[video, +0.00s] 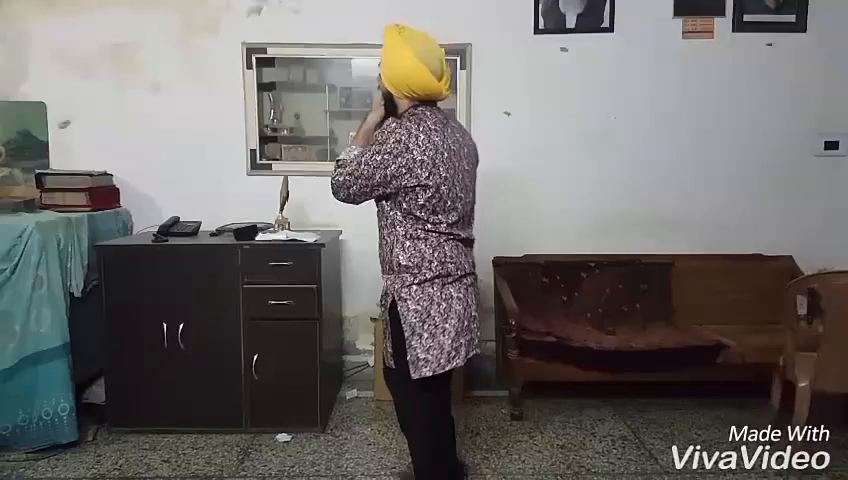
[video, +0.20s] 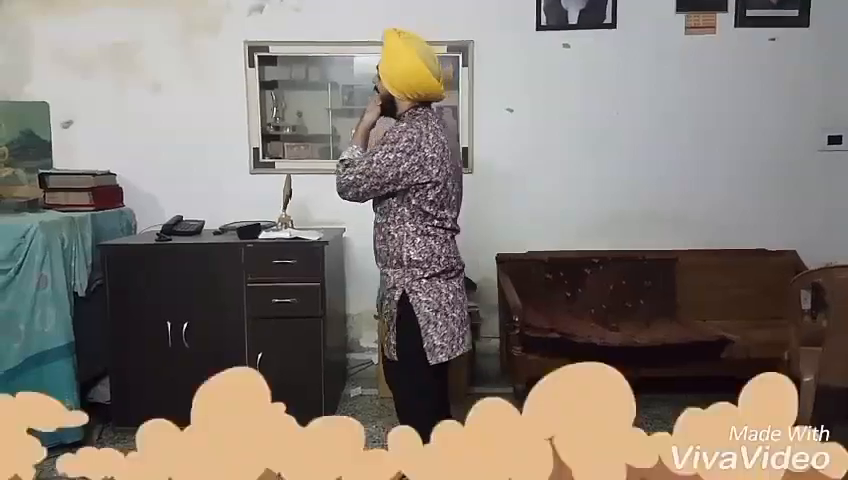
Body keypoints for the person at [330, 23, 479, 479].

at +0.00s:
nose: (381, 80)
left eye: (383, 74)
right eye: (385, 72)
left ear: (392, 85)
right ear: (435, 80)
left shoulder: (405, 140)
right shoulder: (459, 135)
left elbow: (345, 185)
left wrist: (362, 134)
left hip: (416, 293)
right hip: (456, 285)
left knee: (415, 405)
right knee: (434, 397)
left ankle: (434, 472)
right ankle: (444, 465)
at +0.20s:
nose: (376, 82)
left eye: (380, 74)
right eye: (379, 74)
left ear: (393, 83)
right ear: (419, 80)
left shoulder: (417, 137)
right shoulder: (431, 129)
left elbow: (351, 184)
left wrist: (360, 134)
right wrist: (374, 145)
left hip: (417, 282)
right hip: (425, 276)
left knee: (414, 386)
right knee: (413, 378)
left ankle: (428, 469)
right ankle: (429, 464)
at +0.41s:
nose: (379, 84)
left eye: (385, 77)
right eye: (381, 76)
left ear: (406, 86)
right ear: (411, 86)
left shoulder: (421, 135)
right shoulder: (410, 131)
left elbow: (360, 180)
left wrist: (365, 126)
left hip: (421, 274)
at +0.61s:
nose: (393, 75)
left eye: (403, 69)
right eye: (393, 67)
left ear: (424, 78)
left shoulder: (435, 130)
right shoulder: (402, 126)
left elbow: (387, 180)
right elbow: (379, 196)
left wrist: (380, 129)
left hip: (428, 262)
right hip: (402, 258)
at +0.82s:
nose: (408, 71)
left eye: (421, 66)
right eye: (406, 63)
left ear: (442, 76)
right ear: (400, 67)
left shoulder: (454, 128)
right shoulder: (381, 126)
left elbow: (416, 180)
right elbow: (362, 178)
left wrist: (401, 117)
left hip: (437, 247)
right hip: (386, 241)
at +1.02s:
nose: (424, 64)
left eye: (436, 59)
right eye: (420, 56)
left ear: (453, 71)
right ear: (411, 61)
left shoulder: (463, 121)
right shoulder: (387, 115)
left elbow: (448, 174)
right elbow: (356, 170)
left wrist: (420, 108)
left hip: (446, 249)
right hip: (391, 247)